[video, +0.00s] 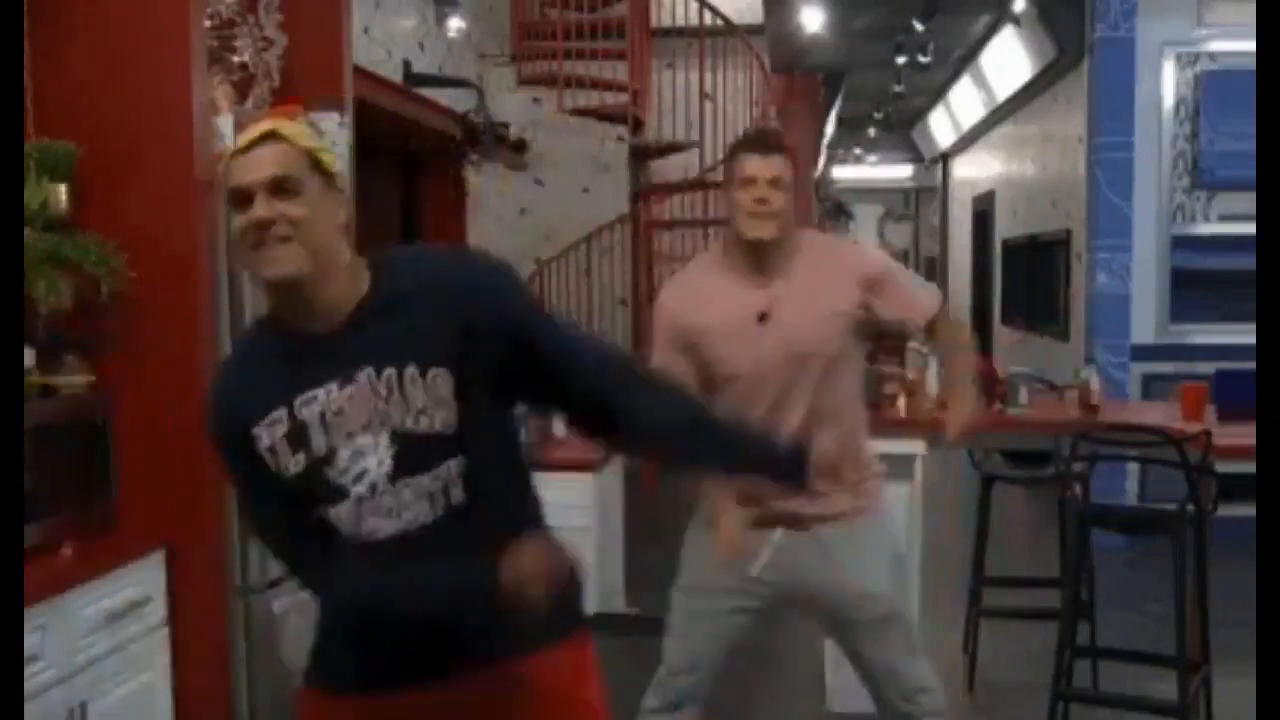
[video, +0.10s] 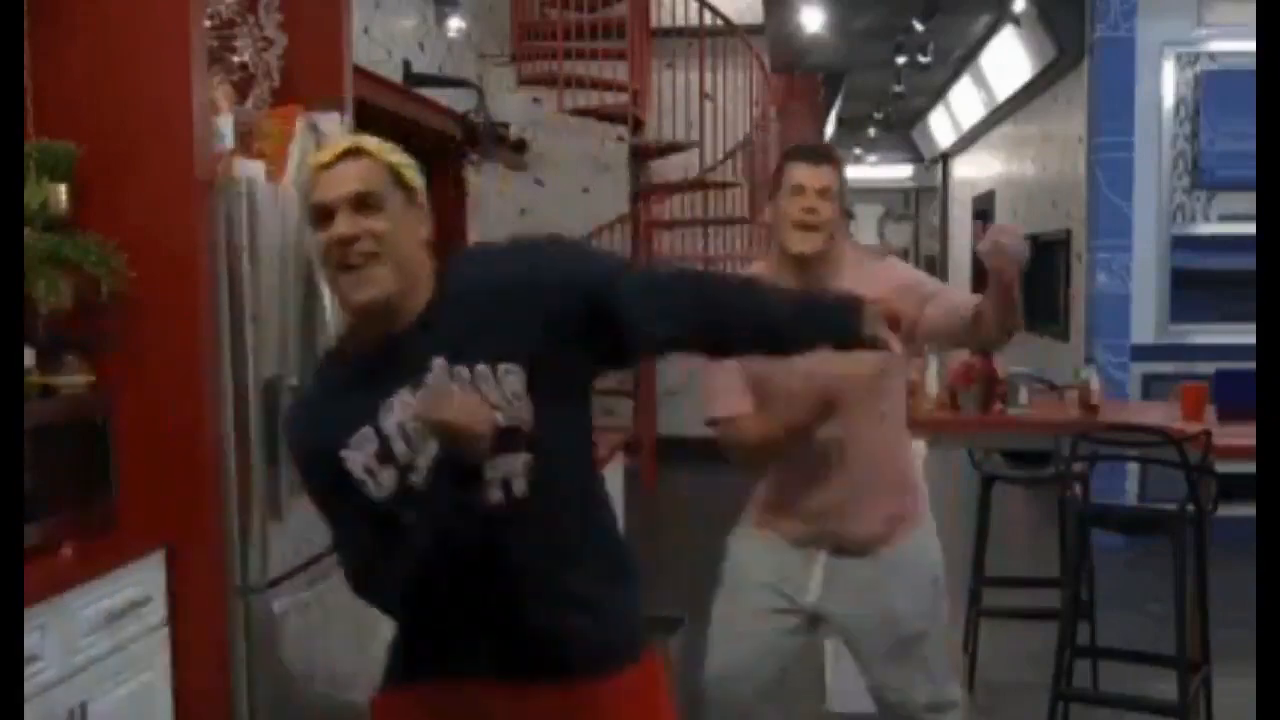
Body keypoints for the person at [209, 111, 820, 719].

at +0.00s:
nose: (261, 214)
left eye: (284, 191)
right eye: (241, 202)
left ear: (340, 205)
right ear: (230, 233)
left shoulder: (453, 289)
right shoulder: (240, 396)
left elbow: (614, 398)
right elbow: (332, 574)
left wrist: (784, 460)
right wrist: (491, 579)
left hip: (524, 655)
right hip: (365, 678)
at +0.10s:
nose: (345, 231)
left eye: (366, 207)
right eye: (324, 219)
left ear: (420, 219)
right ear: (314, 248)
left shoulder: (526, 287)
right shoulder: (320, 417)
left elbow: (688, 308)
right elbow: (387, 582)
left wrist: (847, 319)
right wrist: (456, 463)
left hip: (598, 668)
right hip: (442, 681)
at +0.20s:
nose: (387, 243)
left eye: (410, 219)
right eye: (366, 230)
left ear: (465, 231)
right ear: (351, 261)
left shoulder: (569, 306)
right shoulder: (359, 438)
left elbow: (718, 324)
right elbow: (421, 615)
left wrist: (869, 339)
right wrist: (455, 487)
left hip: (629, 679)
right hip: (475, 695)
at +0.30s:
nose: (425, 239)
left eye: (449, 216)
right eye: (404, 225)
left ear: (503, 230)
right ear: (385, 252)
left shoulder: (597, 317)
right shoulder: (382, 422)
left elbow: (749, 382)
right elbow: (428, 610)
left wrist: (881, 425)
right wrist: (500, 541)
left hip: (643, 675)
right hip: (491, 687)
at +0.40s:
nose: (502, 225)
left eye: (529, 204)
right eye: (481, 206)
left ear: (577, 222)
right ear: (459, 226)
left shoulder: (649, 358)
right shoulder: (410, 371)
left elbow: (760, 539)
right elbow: (433, 559)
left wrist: (907, 669)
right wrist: (529, 690)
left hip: (648, 674)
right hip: (483, 672)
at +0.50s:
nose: (574, 252)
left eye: (608, 241)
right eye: (564, 225)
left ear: (643, 272)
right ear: (541, 235)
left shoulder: (676, 430)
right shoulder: (444, 367)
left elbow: (701, 650)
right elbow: (412, 554)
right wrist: (374, 697)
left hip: (618, 699)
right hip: (478, 683)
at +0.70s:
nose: (540, 208)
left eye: (571, 201)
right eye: (531, 180)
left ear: (598, 231)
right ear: (500, 182)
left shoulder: (606, 370)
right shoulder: (397, 286)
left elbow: (554, 582)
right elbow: (320, 391)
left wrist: (356, 601)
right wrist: (152, 397)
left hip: (565, 681)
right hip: (408, 653)